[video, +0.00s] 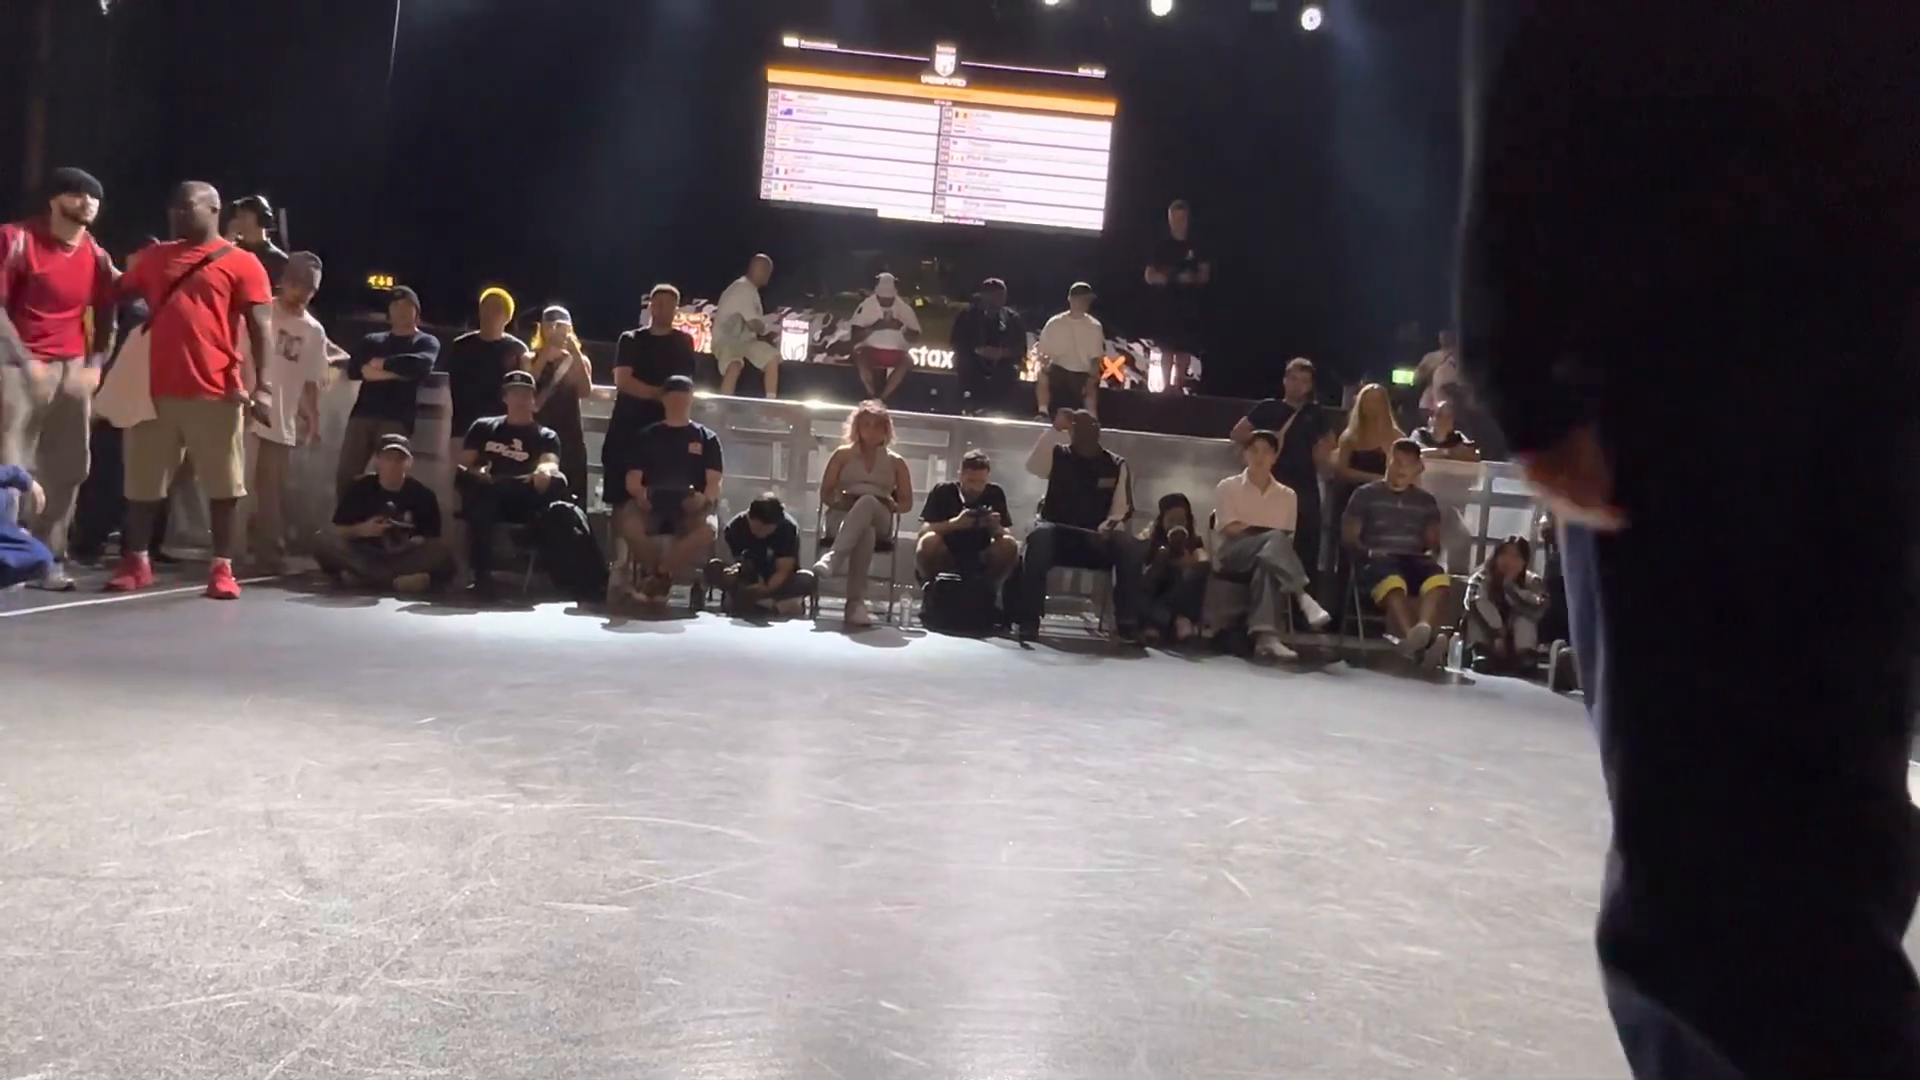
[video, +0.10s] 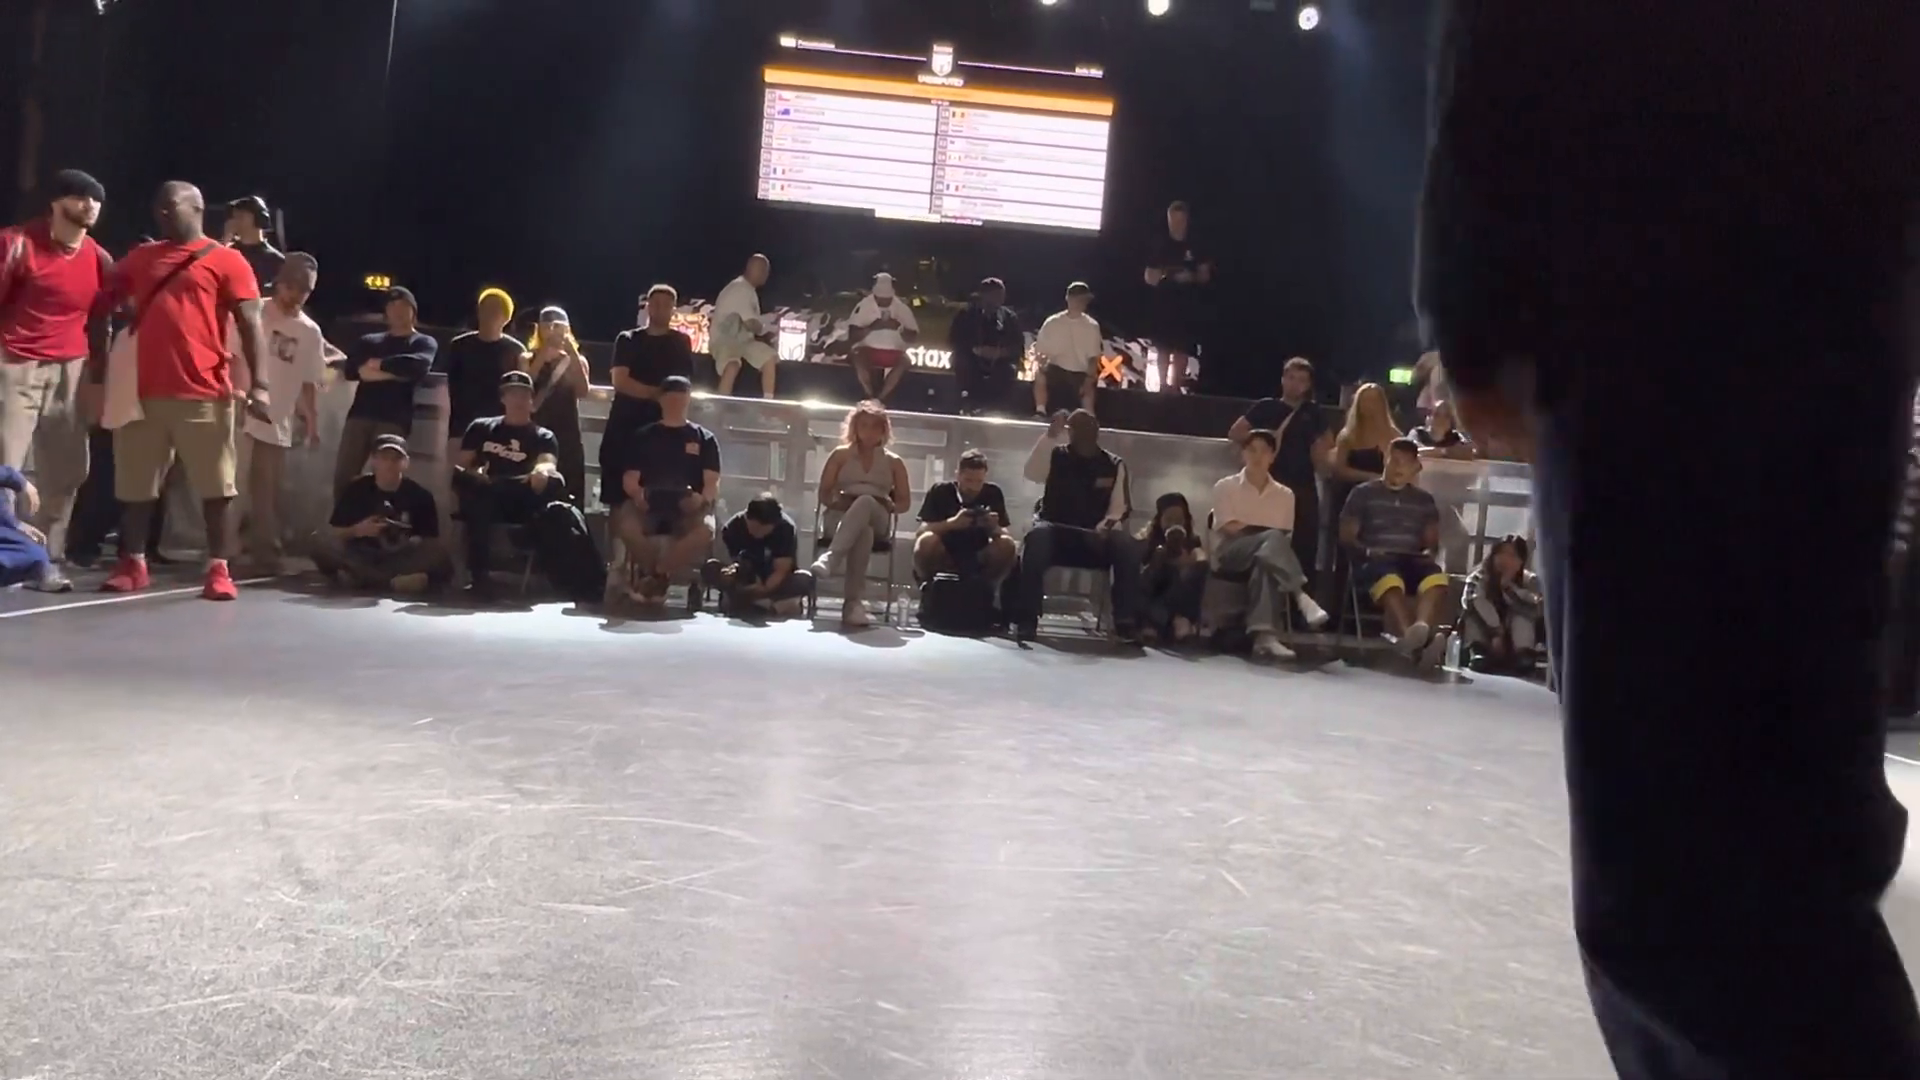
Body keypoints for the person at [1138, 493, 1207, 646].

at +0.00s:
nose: (1177, 526)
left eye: (1181, 520)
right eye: (1172, 520)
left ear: (1189, 520)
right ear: (1162, 519)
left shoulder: (1194, 542)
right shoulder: (1150, 542)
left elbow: (1204, 563)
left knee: (1196, 570)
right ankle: (1182, 619)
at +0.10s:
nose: (1174, 525)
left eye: (1179, 520)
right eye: (1169, 520)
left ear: (1187, 520)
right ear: (1159, 519)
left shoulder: (1192, 541)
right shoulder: (1145, 541)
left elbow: (1202, 562)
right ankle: (1181, 619)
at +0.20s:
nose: (1173, 524)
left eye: (1178, 519)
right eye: (1167, 519)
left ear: (1185, 519)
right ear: (1157, 519)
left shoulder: (1190, 541)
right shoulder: (1144, 541)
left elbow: (1200, 561)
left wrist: (1183, 557)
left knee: (1195, 569)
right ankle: (1179, 619)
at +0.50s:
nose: (1168, 526)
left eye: (1173, 520)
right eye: (1163, 520)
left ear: (1181, 520)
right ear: (1153, 520)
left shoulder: (1187, 542)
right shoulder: (1140, 542)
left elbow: (1197, 561)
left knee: (1193, 568)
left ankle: (1184, 620)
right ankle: (1174, 619)